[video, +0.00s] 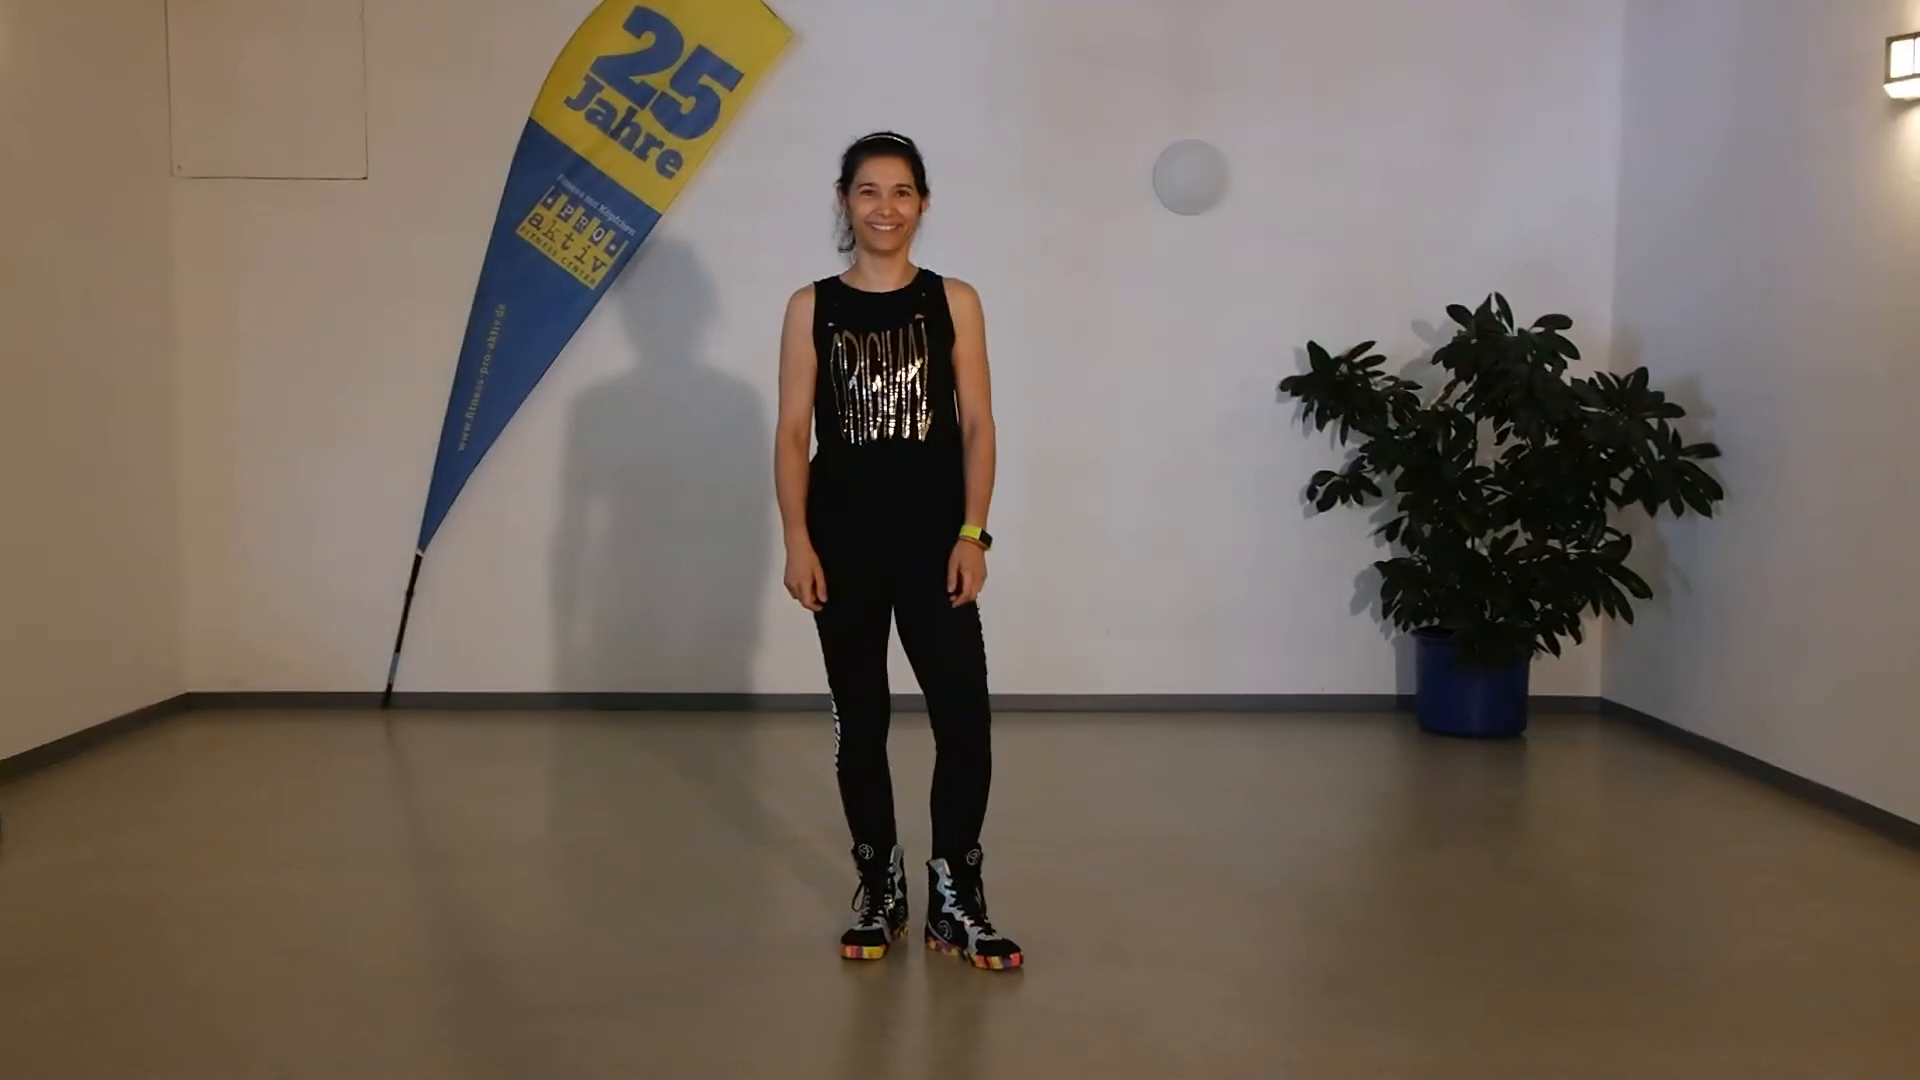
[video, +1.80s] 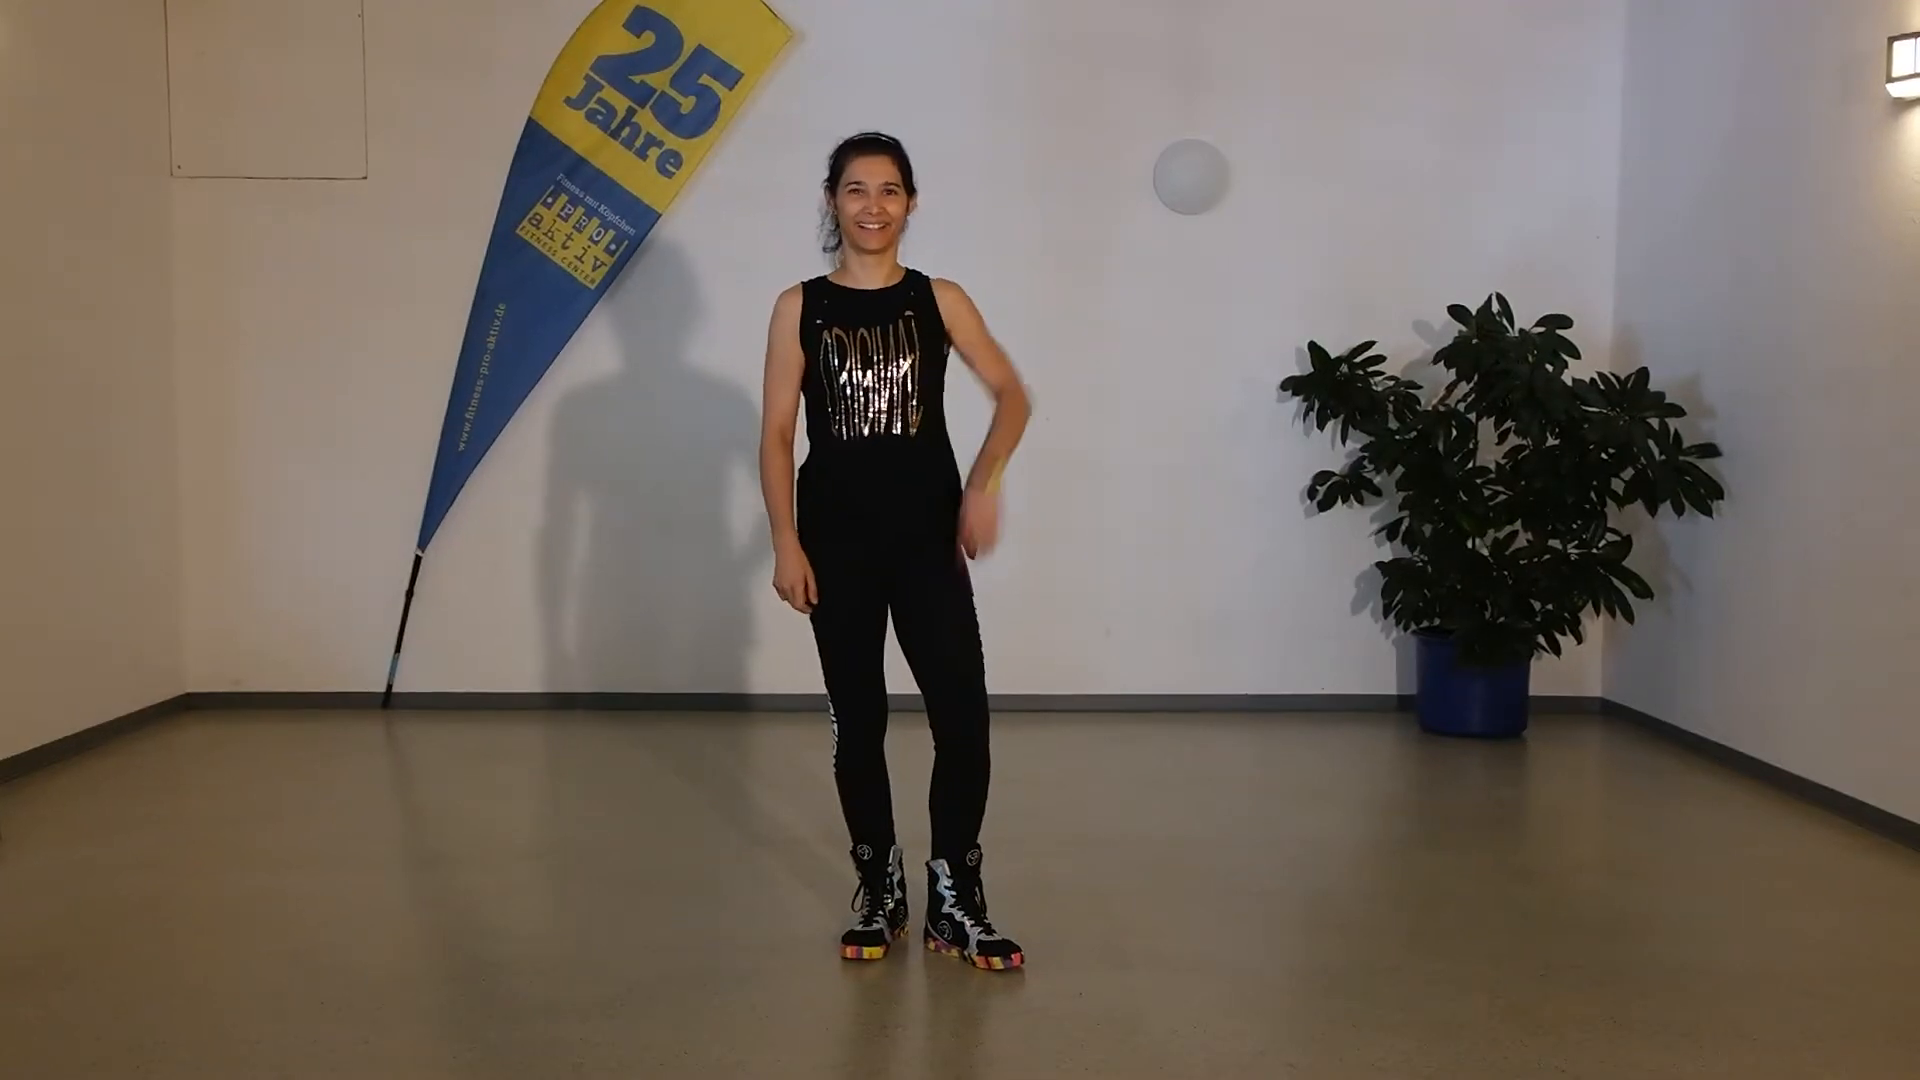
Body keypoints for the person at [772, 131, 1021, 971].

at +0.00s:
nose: (886, 205)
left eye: (901, 192)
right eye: (869, 191)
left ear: (922, 205)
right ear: (845, 204)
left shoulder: (955, 302)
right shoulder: (810, 307)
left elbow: (978, 425)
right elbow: (793, 434)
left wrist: (975, 531)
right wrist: (797, 540)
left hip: (933, 542)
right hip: (842, 543)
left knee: (965, 721)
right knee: (861, 722)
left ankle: (956, 896)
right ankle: (879, 891)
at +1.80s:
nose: (873, 204)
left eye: (888, 191)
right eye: (857, 190)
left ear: (909, 206)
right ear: (833, 203)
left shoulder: (940, 301)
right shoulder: (800, 308)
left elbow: (1012, 396)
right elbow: (778, 434)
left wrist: (983, 485)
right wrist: (786, 540)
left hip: (927, 537)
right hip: (835, 538)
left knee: (963, 716)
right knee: (859, 720)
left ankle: (953, 899)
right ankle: (878, 890)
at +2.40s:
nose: (880, 198)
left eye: (895, 187)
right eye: (865, 185)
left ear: (916, 207)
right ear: (841, 202)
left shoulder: (945, 297)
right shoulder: (805, 307)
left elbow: (1046, 327)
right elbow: (783, 430)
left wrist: (1018, 234)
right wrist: (779, 539)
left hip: (928, 541)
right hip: (834, 543)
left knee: (958, 720)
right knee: (857, 723)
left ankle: (965, 899)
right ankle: (878, 891)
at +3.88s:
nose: (901, 193)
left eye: (918, 183)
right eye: (886, 179)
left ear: (934, 204)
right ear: (858, 194)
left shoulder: (961, 297)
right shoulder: (816, 298)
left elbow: (975, 415)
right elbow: (780, 412)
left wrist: (928, 478)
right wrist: (828, 492)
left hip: (939, 525)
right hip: (852, 527)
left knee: (966, 713)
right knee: (866, 718)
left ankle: (979, 895)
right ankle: (879, 887)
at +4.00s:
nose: (901, 194)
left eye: (917, 184)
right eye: (884, 180)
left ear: (934, 203)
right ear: (857, 196)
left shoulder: (962, 300)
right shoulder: (818, 302)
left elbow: (983, 418)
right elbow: (786, 420)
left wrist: (947, 491)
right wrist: (832, 502)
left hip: (945, 529)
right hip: (856, 530)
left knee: (972, 712)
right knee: (868, 718)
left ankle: (995, 896)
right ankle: (879, 888)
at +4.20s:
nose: (908, 191)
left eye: (924, 179)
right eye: (893, 177)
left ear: (945, 198)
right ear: (866, 193)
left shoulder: (976, 296)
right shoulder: (831, 303)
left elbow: (997, 416)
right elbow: (805, 424)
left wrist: (958, 490)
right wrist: (852, 504)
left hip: (960, 524)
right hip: (869, 527)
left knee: (995, 712)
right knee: (875, 717)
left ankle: (1033, 897)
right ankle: (882, 894)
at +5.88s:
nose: (974, 186)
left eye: (991, 171)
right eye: (958, 176)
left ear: (1020, 190)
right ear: (940, 197)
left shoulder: (1052, 301)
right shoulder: (907, 290)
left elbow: (1071, 424)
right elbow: (876, 414)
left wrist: (1029, 508)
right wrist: (907, 497)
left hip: (1009, 531)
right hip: (918, 529)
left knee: (1027, 726)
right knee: (918, 720)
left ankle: (1047, 912)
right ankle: (914, 891)